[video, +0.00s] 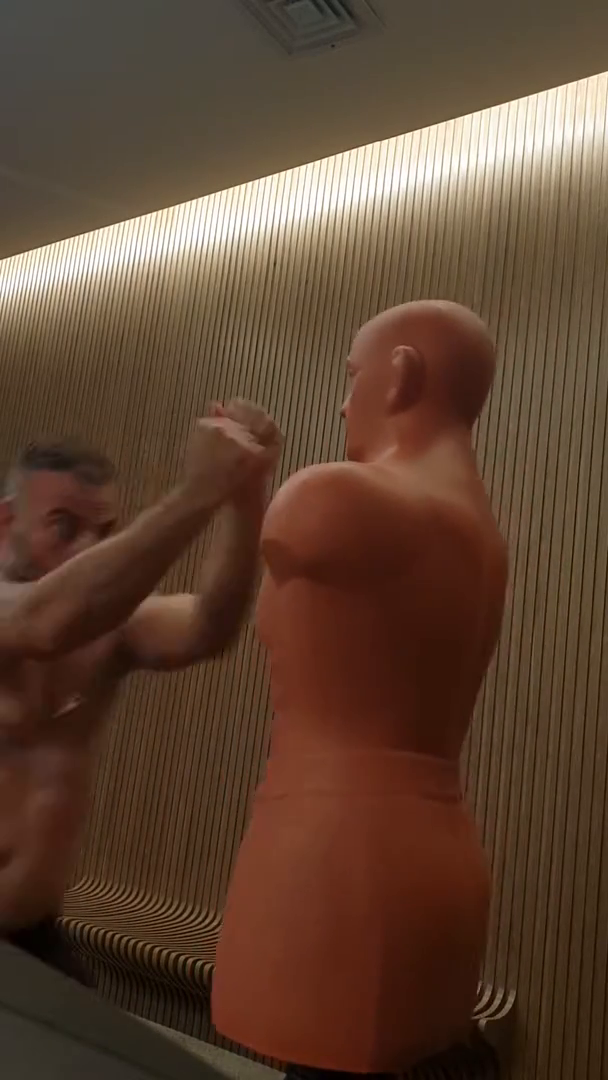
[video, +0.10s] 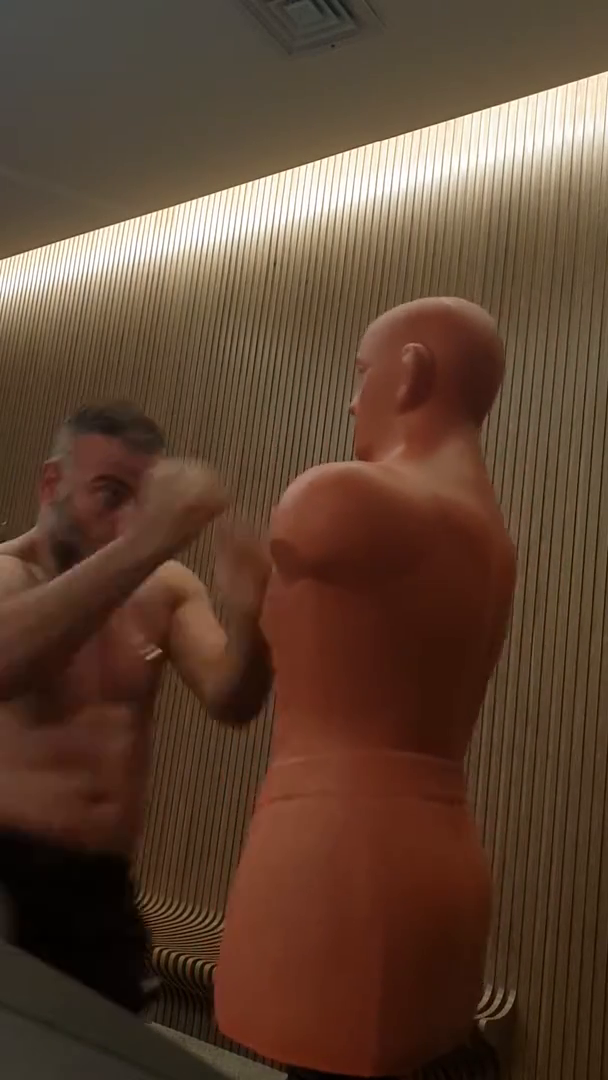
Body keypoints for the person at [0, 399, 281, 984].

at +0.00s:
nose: (83, 550)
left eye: (103, 533)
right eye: (63, 526)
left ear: (117, 533)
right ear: (8, 520)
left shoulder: (110, 623)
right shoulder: (2, 600)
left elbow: (210, 627)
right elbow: (44, 624)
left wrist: (249, 501)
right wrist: (197, 494)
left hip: (32, 939)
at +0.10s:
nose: (125, 522)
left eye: (141, 501)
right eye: (107, 493)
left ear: (156, 505)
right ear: (50, 485)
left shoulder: (167, 586)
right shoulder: (11, 573)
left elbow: (232, 704)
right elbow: (9, 660)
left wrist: (247, 620)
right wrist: (149, 536)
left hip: (103, 878)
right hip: (11, 864)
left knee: (111, 1052)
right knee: (22, 1036)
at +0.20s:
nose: (147, 533)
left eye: (166, 510)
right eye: (126, 502)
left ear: (181, 508)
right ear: (70, 484)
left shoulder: (168, 588)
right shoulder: (15, 594)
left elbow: (212, 720)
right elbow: (13, 778)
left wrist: (238, 717)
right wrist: (57, 773)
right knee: (239, 771)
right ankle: (102, 1017)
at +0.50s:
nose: (168, 508)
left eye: (177, 487)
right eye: (143, 483)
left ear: (186, 495)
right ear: (78, 488)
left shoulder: (192, 614)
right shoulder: (28, 609)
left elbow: (272, 733)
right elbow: (5, 768)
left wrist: (299, 628)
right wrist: (74, 724)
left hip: (211, 904)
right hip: (102, 895)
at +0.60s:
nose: (179, 513)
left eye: (191, 495)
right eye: (157, 485)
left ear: (201, 501)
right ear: (89, 482)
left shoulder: (192, 612)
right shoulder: (24, 596)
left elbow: (272, 738)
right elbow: (7, 745)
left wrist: (287, 628)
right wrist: (141, 641)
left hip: (193, 916)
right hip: (65, 911)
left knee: (201, 1070)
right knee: (80, 1066)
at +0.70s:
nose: (173, 529)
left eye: (189, 509)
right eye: (155, 501)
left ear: (202, 506)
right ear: (89, 481)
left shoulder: (193, 596)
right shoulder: (18, 580)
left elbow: (276, 729)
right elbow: (12, 729)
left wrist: (279, 605)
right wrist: (161, 602)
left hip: (162, 927)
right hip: (36, 921)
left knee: (171, 1076)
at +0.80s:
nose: (146, 543)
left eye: (164, 524)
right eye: (129, 518)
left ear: (183, 517)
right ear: (69, 486)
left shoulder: (179, 603)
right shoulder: (9, 576)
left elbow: (264, 711)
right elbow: (10, 726)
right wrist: (143, 586)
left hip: (117, 929)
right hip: (13, 926)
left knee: (136, 1068)